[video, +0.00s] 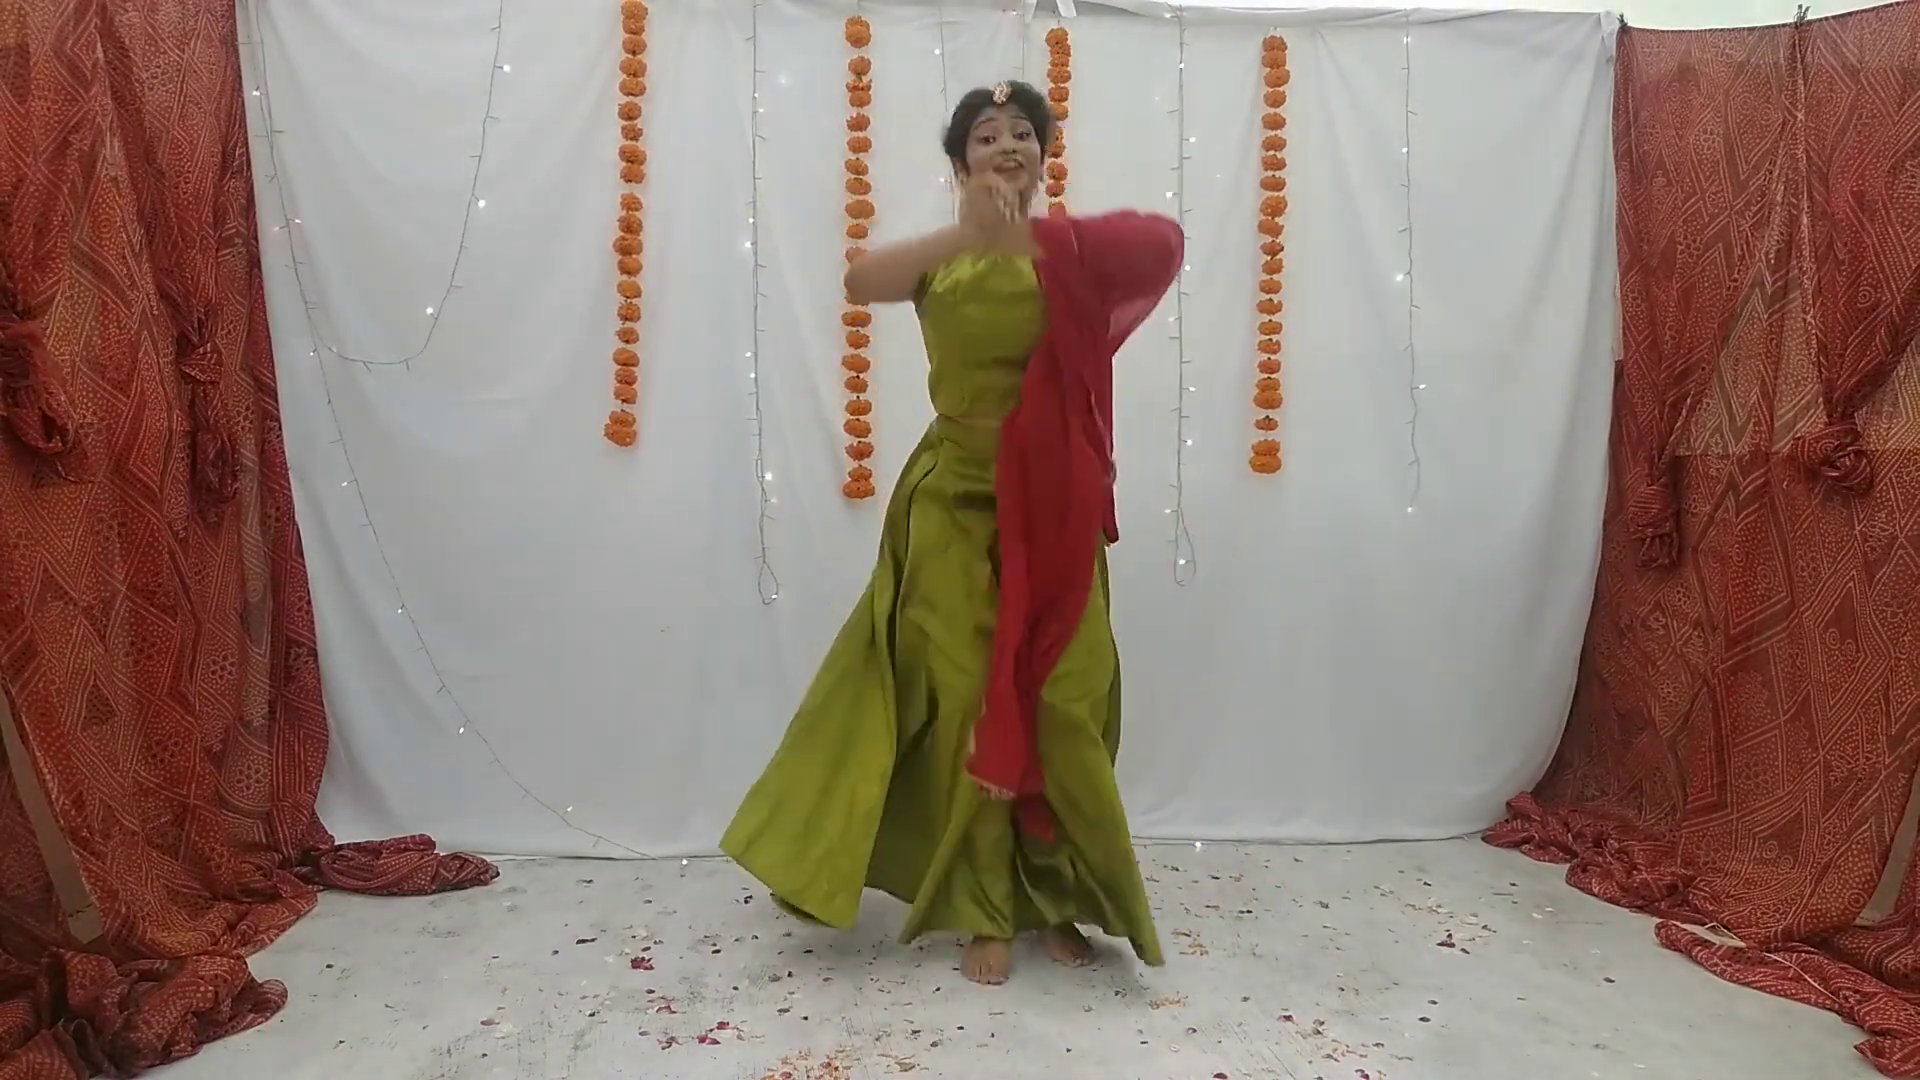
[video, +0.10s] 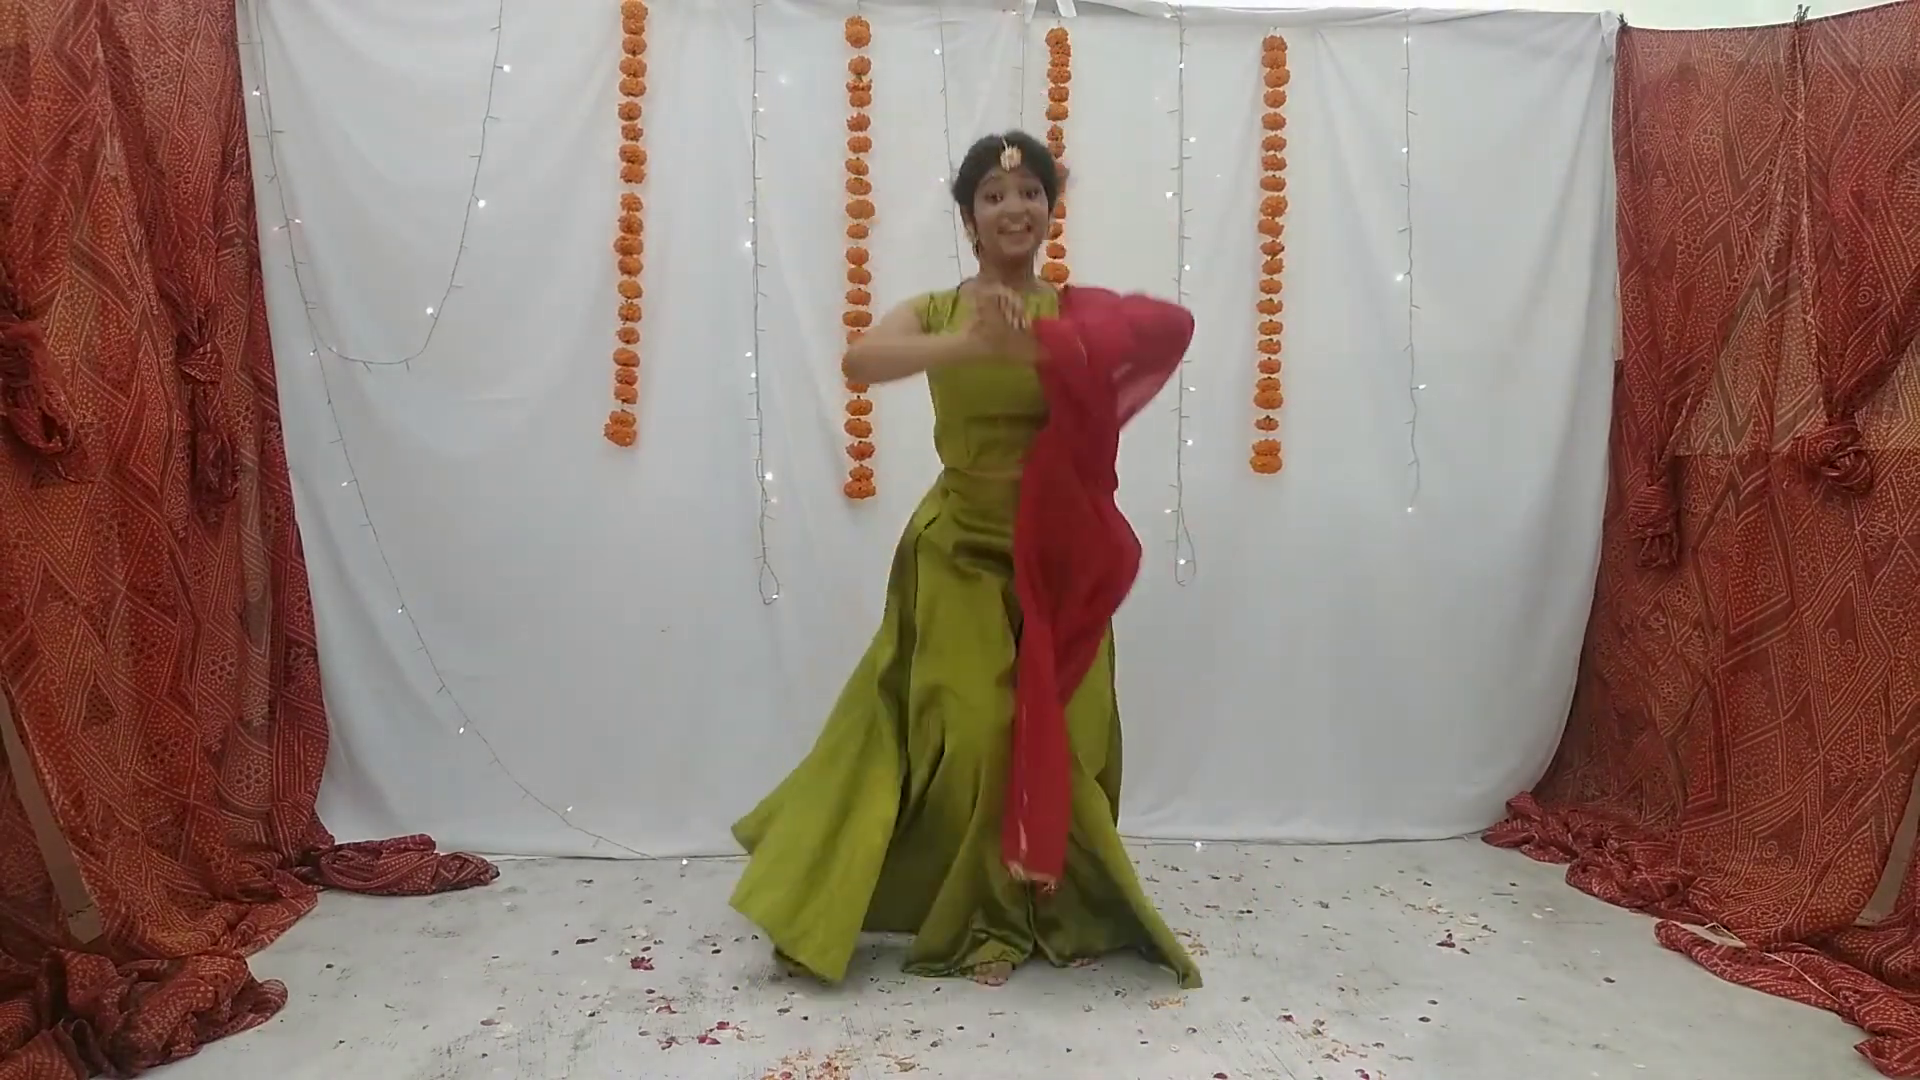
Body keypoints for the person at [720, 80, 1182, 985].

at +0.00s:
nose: (1006, 149)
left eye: (1021, 136)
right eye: (988, 139)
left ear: (1046, 159)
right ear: (960, 164)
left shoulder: (1074, 253)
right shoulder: (939, 257)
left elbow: (1165, 243)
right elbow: (861, 278)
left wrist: (1067, 237)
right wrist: (969, 230)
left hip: (1058, 493)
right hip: (956, 490)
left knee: (1067, 694)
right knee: (970, 692)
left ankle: (1057, 902)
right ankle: (987, 911)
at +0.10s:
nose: (1013, 209)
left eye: (1028, 193)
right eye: (994, 195)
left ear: (1052, 210)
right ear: (968, 215)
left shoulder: (1082, 311)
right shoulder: (933, 311)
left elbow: (1165, 332)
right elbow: (862, 362)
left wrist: (1056, 341)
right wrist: (973, 339)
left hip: (1059, 547)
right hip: (962, 542)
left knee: (1068, 729)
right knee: (978, 725)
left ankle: (1062, 913)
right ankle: (991, 922)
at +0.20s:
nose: (1015, 256)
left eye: (1031, 240)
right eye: (997, 239)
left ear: (1053, 250)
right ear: (970, 250)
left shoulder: (1081, 340)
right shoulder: (933, 347)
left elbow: (1165, 374)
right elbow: (860, 409)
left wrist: (1068, 392)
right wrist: (976, 398)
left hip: (1064, 574)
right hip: (965, 572)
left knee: (1080, 749)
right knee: (976, 747)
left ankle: (1060, 913)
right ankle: (995, 910)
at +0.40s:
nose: (1016, 200)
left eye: (1031, 185)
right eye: (999, 187)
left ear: (1056, 200)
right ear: (974, 202)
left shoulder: (1079, 295)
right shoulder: (949, 298)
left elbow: (1157, 287)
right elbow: (857, 305)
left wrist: (1064, 296)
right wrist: (979, 296)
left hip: (1072, 521)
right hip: (975, 521)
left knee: (1076, 717)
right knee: (976, 714)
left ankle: (1084, 919)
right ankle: (974, 916)